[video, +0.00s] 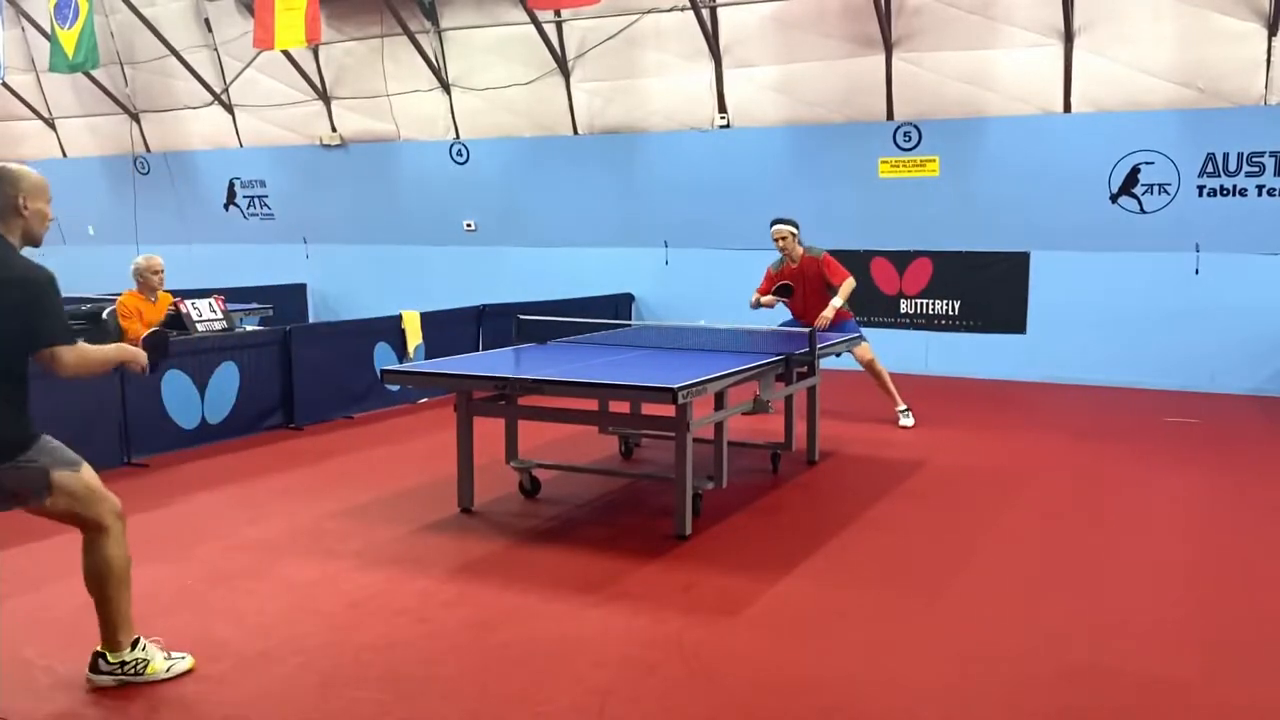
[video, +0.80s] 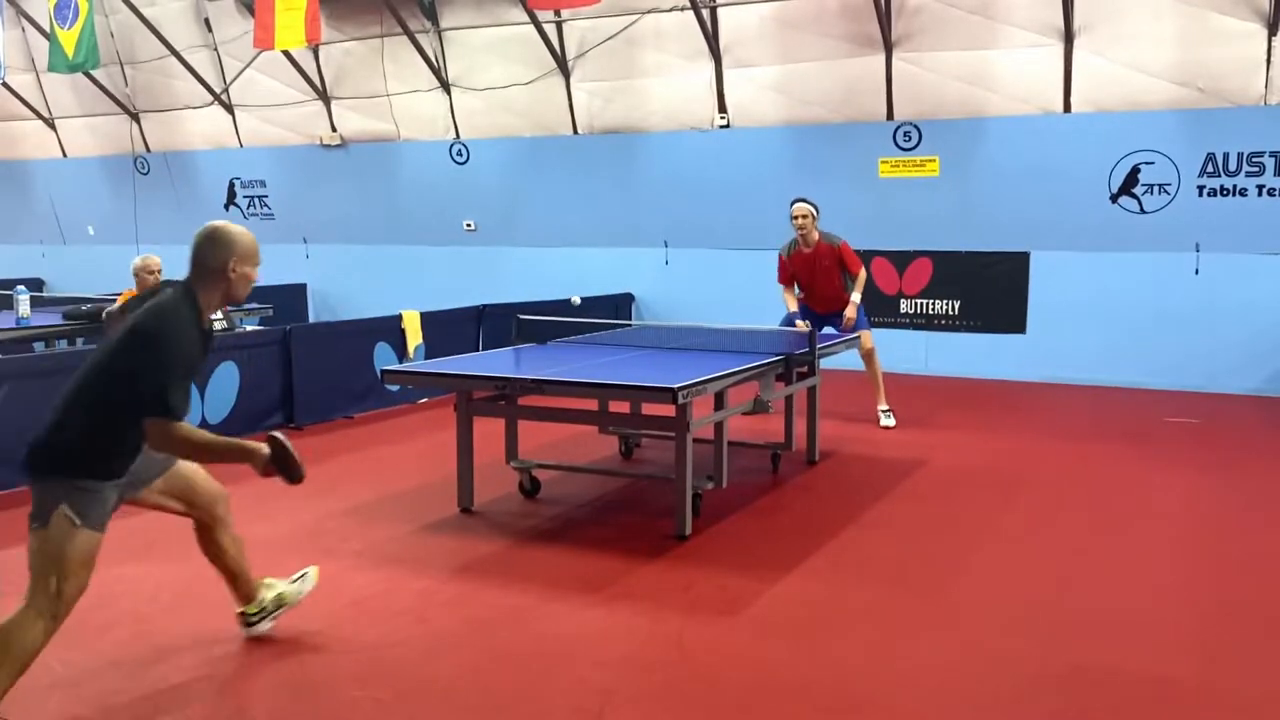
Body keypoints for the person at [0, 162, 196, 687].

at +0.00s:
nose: (51, 214)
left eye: (49, 205)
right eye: (45, 205)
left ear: (12, 208)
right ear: (19, 208)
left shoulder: (15, 271)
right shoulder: (26, 277)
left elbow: (53, 355)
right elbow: (61, 358)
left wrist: (111, 351)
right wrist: (121, 351)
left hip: (10, 442)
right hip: (7, 443)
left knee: (101, 511)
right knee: (105, 514)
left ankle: (118, 647)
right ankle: (119, 650)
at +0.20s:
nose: (46, 191)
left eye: (44, 180)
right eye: (39, 180)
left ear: (10, 185)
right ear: (14, 185)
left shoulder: (10, 241)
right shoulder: (12, 243)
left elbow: (22, 318)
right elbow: (26, 319)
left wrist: (98, 336)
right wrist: (107, 337)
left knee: (70, 504)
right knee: (71, 506)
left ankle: (53, 662)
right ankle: (52, 665)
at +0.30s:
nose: (52, 210)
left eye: (51, 200)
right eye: (46, 200)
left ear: (16, 203)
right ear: (19, 203)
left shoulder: (11, 265)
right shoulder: (9, 267)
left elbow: (11, 345)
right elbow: (7, 344)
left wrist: (88, 378)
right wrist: (89, 377)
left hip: (2, 445)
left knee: (44, 542)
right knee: (49, 541)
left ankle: (29, 700)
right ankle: (30, 704)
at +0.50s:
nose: (97, 246)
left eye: (96, 234)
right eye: (90, 234)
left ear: (56, 241)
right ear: (65, 241)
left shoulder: (40, 303)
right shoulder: (19, 313)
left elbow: (26, 367)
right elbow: (9, 418)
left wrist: (87, 384)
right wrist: (99, 464)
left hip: (4, 483)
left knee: (38, 605)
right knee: (41, 606)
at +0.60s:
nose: (141, 267)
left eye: (141, 256)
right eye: (136, 256)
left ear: (103, 257)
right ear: (112, 259)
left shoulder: (87, 314)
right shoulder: (50, 324)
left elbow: (64, 376)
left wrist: (123, 401)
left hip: (31, 471)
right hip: (5, 484)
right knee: (50, 609)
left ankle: (9, 621)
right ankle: (4, 696)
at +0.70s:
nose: (194, 278)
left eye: (194, 268)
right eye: (191, 267)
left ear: (153, 266)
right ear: (168, 268)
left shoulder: (124, 312)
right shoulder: (105, 325)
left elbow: (75, 372)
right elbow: (92, 442)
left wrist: (123, 389)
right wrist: (189, 479)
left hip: (63, 470)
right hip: (22, 482)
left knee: (161, 504)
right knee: (53, 610)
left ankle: (127, 630)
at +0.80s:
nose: (256, 277)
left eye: (256, 267)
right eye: (252, 267)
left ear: (213, 266)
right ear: (231, 272)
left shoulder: (182, 305)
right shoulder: (172, 326)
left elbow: (115, 321)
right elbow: (160, 433)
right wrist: (250, 451)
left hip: (124, 453)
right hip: (75, 469)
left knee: (211, 501)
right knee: (49, 602)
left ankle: (253, 601)